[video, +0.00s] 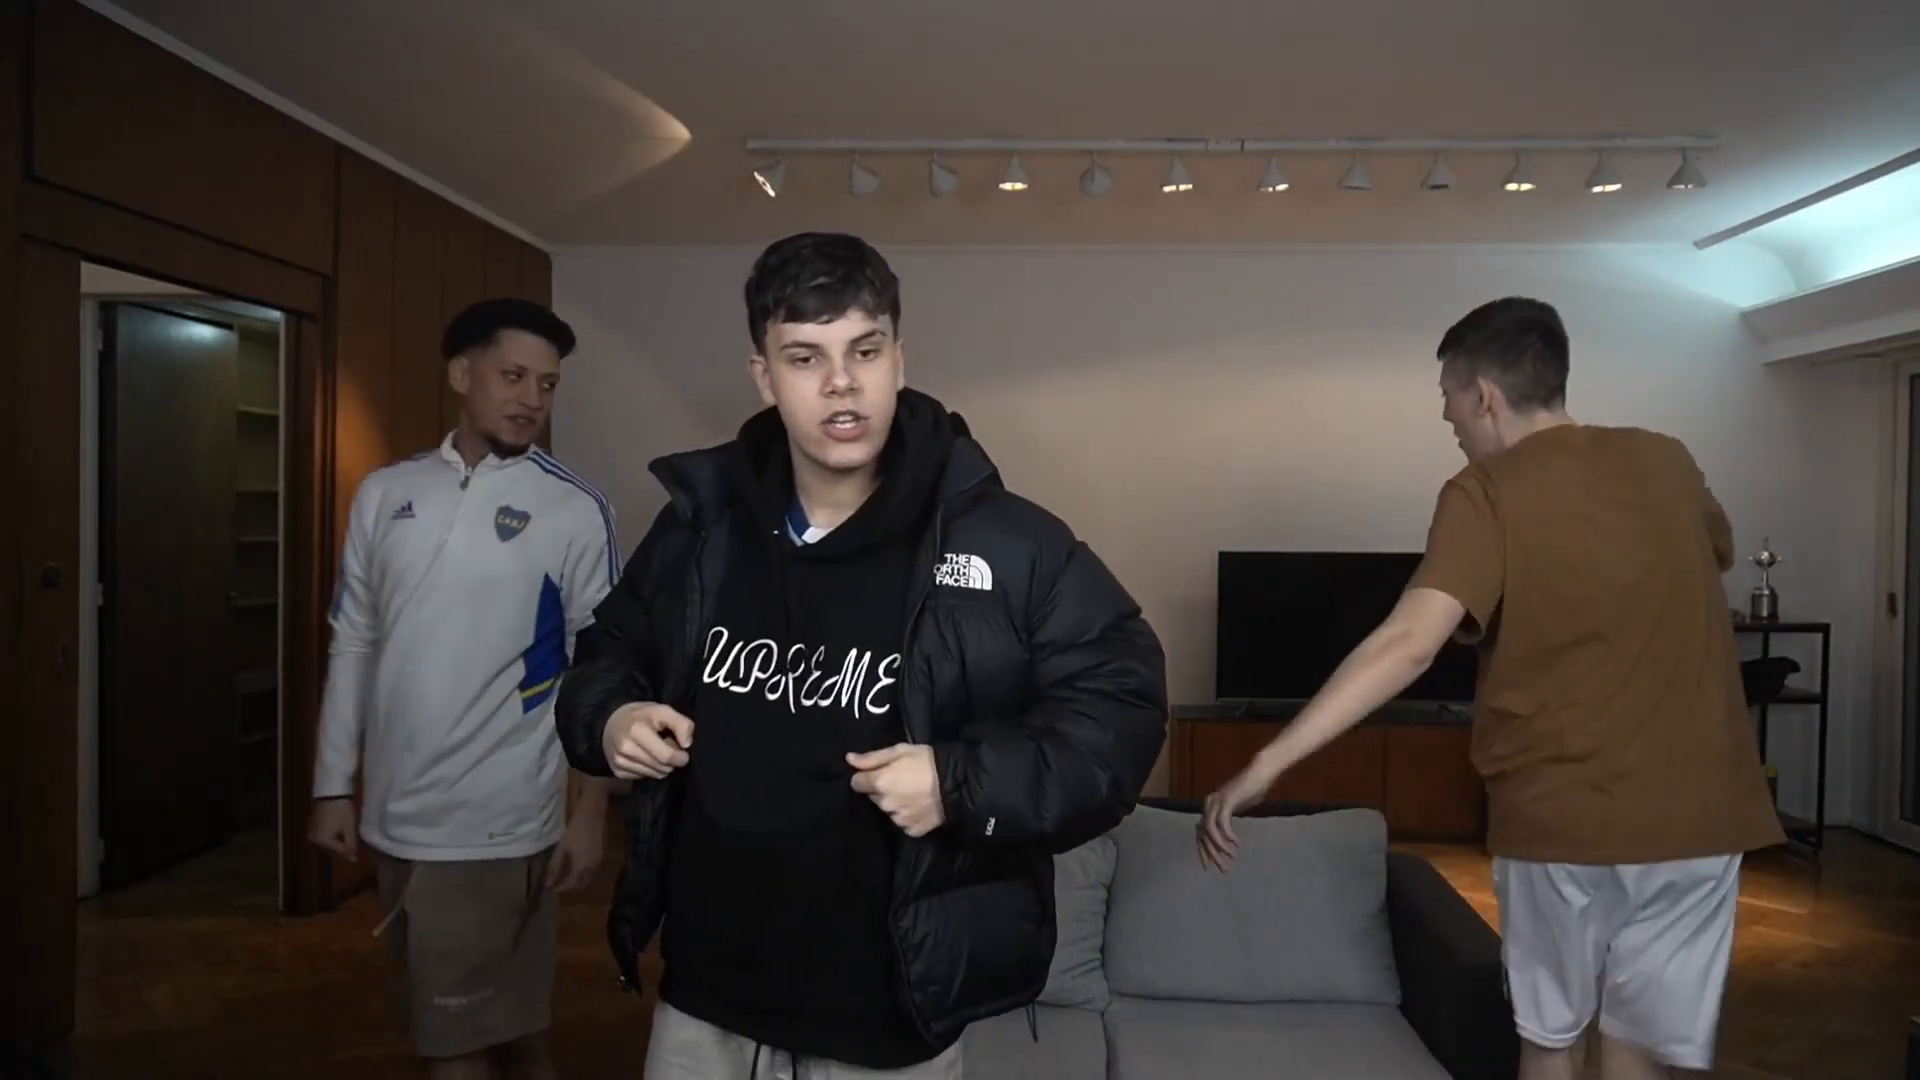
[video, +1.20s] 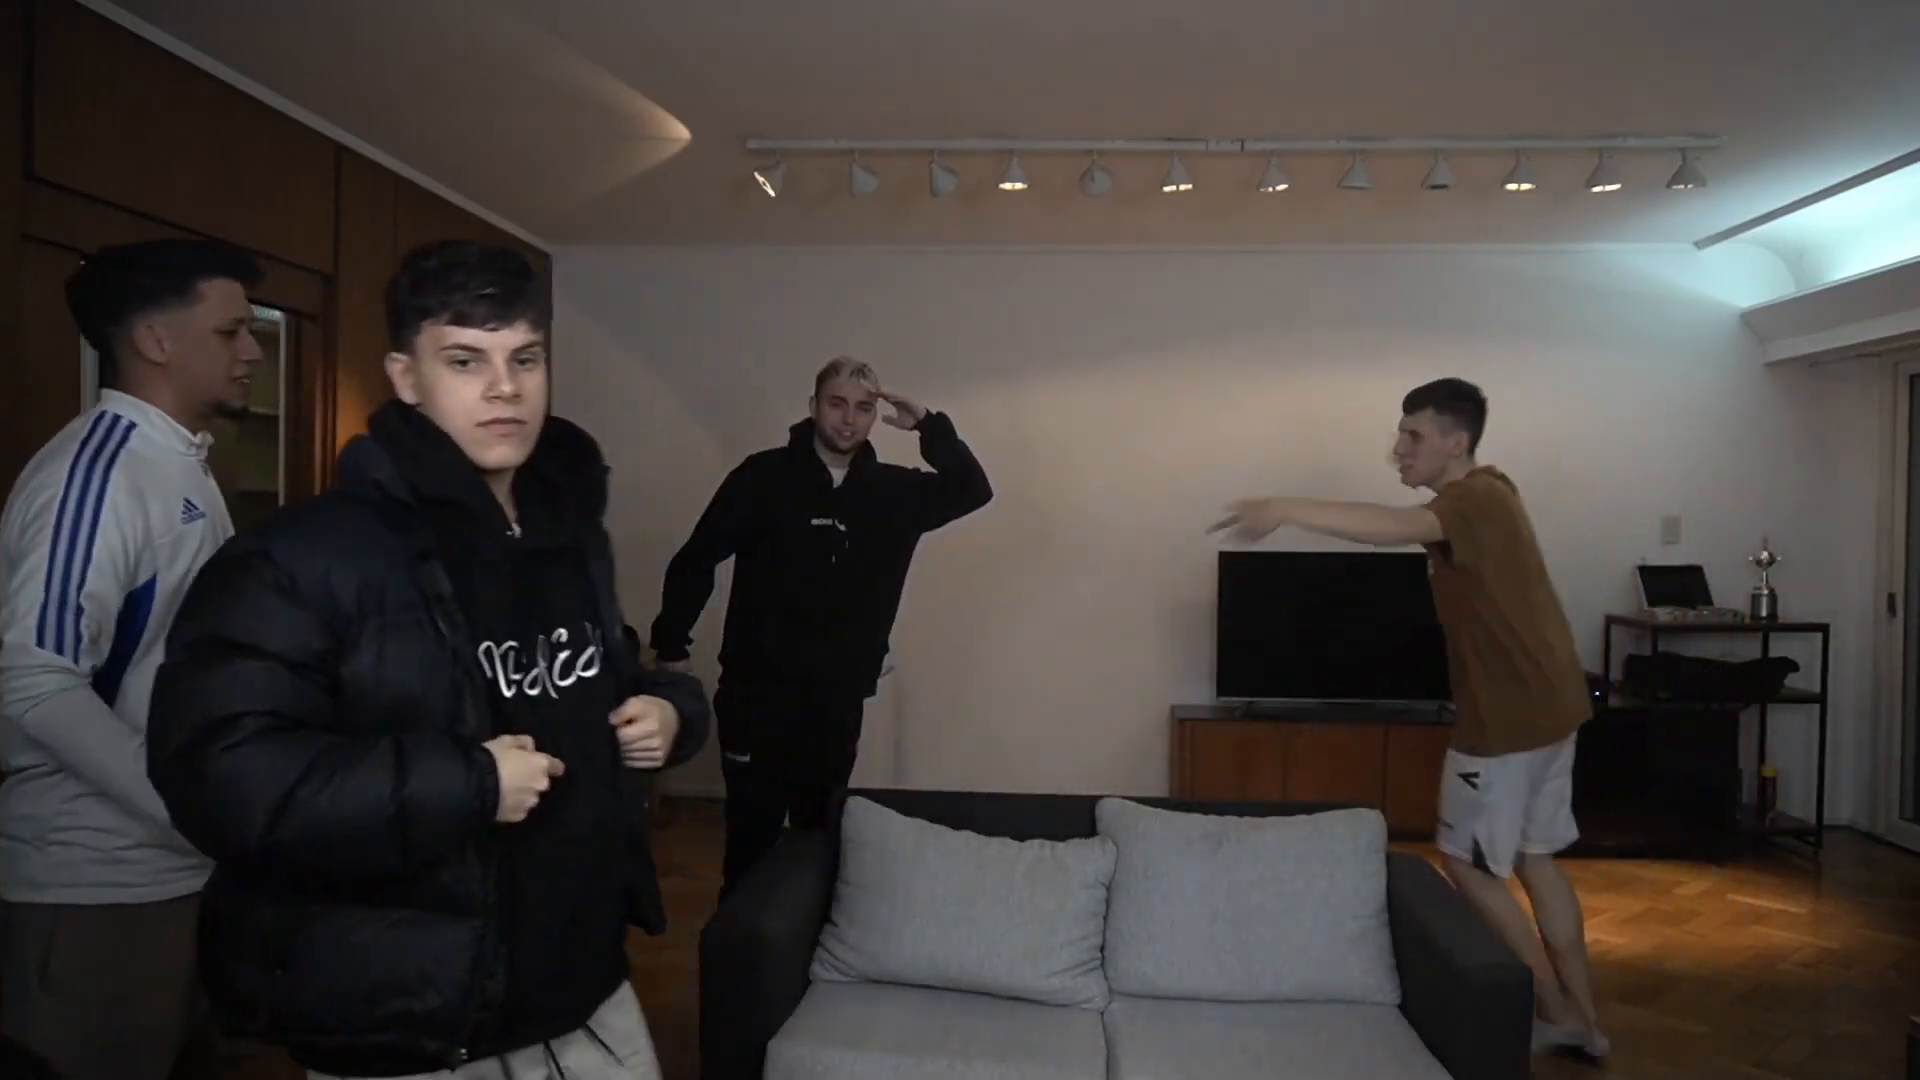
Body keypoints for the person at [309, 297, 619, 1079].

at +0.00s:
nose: (533, 398)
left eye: (546, 384)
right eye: (516, 376)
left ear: (553, 394)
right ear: (460, 373)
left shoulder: (574, 509)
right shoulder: (387, 495)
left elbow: (598, 663)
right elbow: (353, 642)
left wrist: (589, 809)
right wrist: (333, 787)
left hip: (506, 828)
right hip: (398, 819)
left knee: (457, 1046)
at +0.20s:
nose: (541, 406)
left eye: (547, 388)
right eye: (525, 382)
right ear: (459, 374)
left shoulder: (555, 521)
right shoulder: (341, 493)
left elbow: (559, 671)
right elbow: (286, 644)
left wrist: (546, 802)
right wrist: (256, 797)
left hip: (482, 861)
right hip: (340, 850)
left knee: (464, 1058)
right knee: (333, 1053)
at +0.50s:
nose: (499, 398)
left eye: (496, 376)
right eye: (487, 375)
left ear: (432, 373)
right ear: (431, 371)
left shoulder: (475, 511)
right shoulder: (292, 491)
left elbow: (496, 654)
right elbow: (206, 671)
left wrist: (546, 771)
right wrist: (222, 850)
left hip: (448, 861)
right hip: (304, 870)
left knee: (450, 1059)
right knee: (288, 1066)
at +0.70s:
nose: (418, 394)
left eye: (416, 372)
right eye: (409, 369)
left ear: (352, 365)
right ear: (352, 362)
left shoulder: (366, 503)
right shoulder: (236, 488)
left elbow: (372, 671)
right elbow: (185, 701)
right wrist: (267, 878)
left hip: (370, 876)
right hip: (237, 901)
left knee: (395, 1063)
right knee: (231, 1070)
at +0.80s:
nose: (374, 386)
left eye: (372, 364)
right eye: (365, 361)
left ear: (307, 359)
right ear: (309, 356)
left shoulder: (286, 482)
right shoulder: (208, 484)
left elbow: (272, 700)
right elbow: (167, 709)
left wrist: (333, 852)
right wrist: (278, 879)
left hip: (311, 888)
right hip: (194, 911)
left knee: (348, 1064)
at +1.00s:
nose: (305, 366)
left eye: (301, 344)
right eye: (286, 343)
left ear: (219, 350)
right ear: (217, 348)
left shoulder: (214, 470)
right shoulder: (142, 473)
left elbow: (209, 679)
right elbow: (79, 693)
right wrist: (257, 796)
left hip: (221, 889)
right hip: (135, 908)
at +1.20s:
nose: (253, 354)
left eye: (251, 332)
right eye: (230, 332)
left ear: (162, 344)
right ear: (153, 340)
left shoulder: (180, 463)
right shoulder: (101, 464)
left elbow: (172, 658)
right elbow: (33, 679)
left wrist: (241, 777)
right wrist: (194, 806)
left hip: (158, 884)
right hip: (91, 897)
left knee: (161, 1062)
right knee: (90, 1066)